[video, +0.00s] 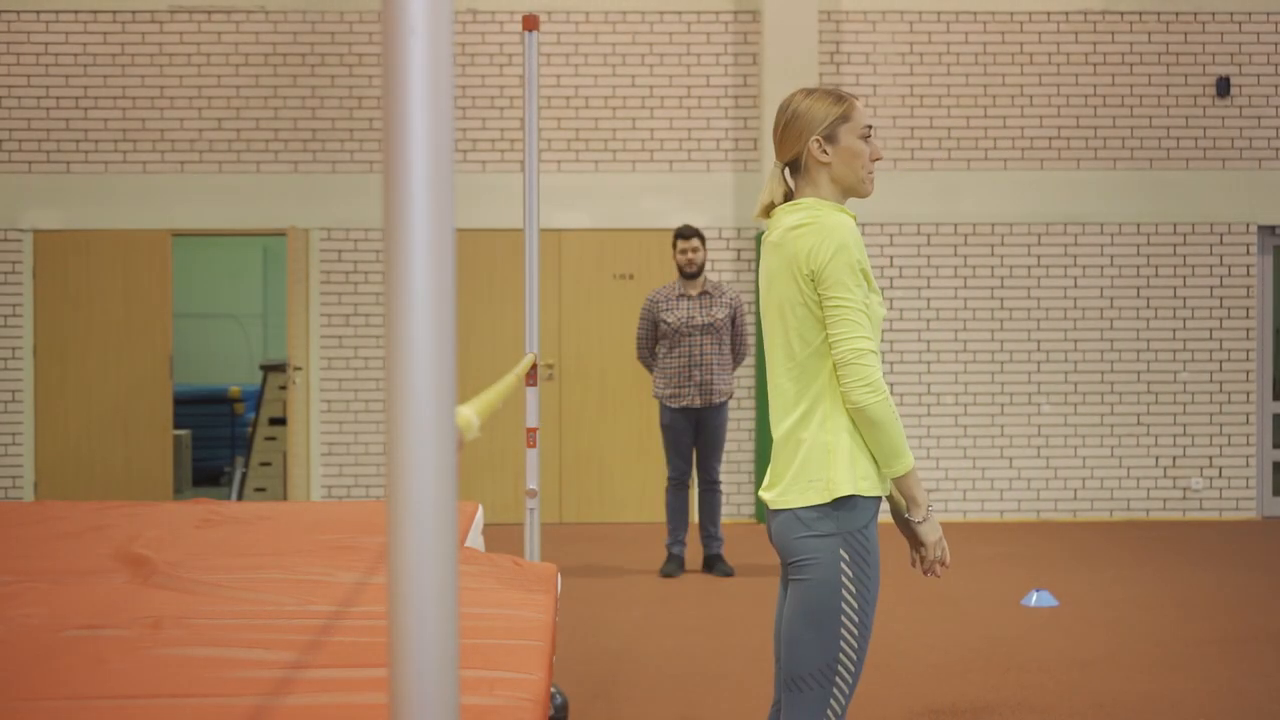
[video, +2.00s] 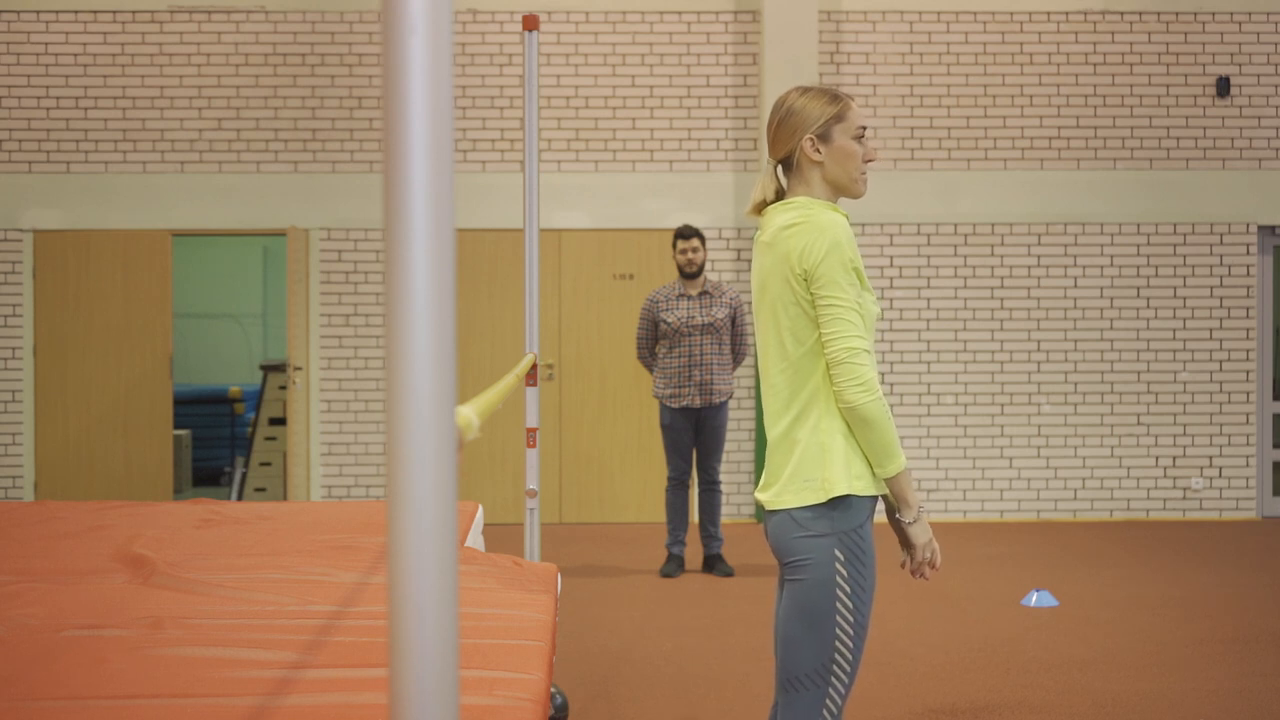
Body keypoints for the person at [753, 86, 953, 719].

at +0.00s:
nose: (876, 151)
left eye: (871, 136)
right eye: (864, 137)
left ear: (819, 154)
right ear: (821, 151)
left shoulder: (786, 230)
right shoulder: (831, 230)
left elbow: (823, 388)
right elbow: (859, 382)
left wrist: (904, 509)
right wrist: (915, 501)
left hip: (800, 499)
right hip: (833, 502)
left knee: (796, 705)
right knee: (818, 706)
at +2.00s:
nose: (870, 152)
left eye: (866, 138)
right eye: (857, 138)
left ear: (812, 152)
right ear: (813, 149)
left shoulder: (779, 229)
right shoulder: (823, 229)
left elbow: (791, 384)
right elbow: (854, 384)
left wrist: (897, 508)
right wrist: (906, 503)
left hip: (798, 502)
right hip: (828, 504)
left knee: (802, 705)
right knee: (814, 707)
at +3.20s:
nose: (863, 153)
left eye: (858, 138)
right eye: (850, 139)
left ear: (805, 154)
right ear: (804, 151)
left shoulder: (781, 228)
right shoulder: (816, 226)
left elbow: (876, 359)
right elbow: (896, 356)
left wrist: (990, 448)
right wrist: (1000, 455)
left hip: (785, 501)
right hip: (806, 505)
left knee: (788, 705)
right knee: (802, 706)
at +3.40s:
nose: (857, 154)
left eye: (854, 140)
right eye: (845, 140)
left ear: (801, 153)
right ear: (801, 150)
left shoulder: (780, 227)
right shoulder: (804, 223)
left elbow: (896, 327)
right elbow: (912, 319)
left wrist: (1034, 373)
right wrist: (1048, 377)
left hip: (793, 499)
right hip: (806, 501)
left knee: (792, 703)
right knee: (802, 705)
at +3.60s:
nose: (854, 156)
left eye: (850, 139)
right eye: (841, 140)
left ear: (798, 153)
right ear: (797, 151)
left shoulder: (778, 224)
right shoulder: (795, 223)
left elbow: (925, 277)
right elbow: (931, 276)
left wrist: (1067, 279)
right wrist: (1073, 277)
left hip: (799, 501)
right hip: (809, 502)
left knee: (794, 704)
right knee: (804, 706)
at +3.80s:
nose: (852, 156)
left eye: (848, 141)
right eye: (840, 141)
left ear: (796, 153)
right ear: (796, 151)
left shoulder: (782, 223)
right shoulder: (785, 221)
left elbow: (927, 223)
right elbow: (932, 225)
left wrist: (1047, 176)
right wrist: (1064, 176)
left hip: (806, 498)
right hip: (812, 499)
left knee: (800, 703)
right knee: (807, 705)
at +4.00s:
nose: (849, 159)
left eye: (848, 144)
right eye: (840, 144)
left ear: (790, 151)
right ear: (792, 149)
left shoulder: (782, 221)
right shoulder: (783, 222)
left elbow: (913, 176)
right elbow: (932, 180)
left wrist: (1005, 94)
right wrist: (1028, 89)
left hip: (814, 494)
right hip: (819, 497)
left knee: (802, 702)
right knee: (814, 704)